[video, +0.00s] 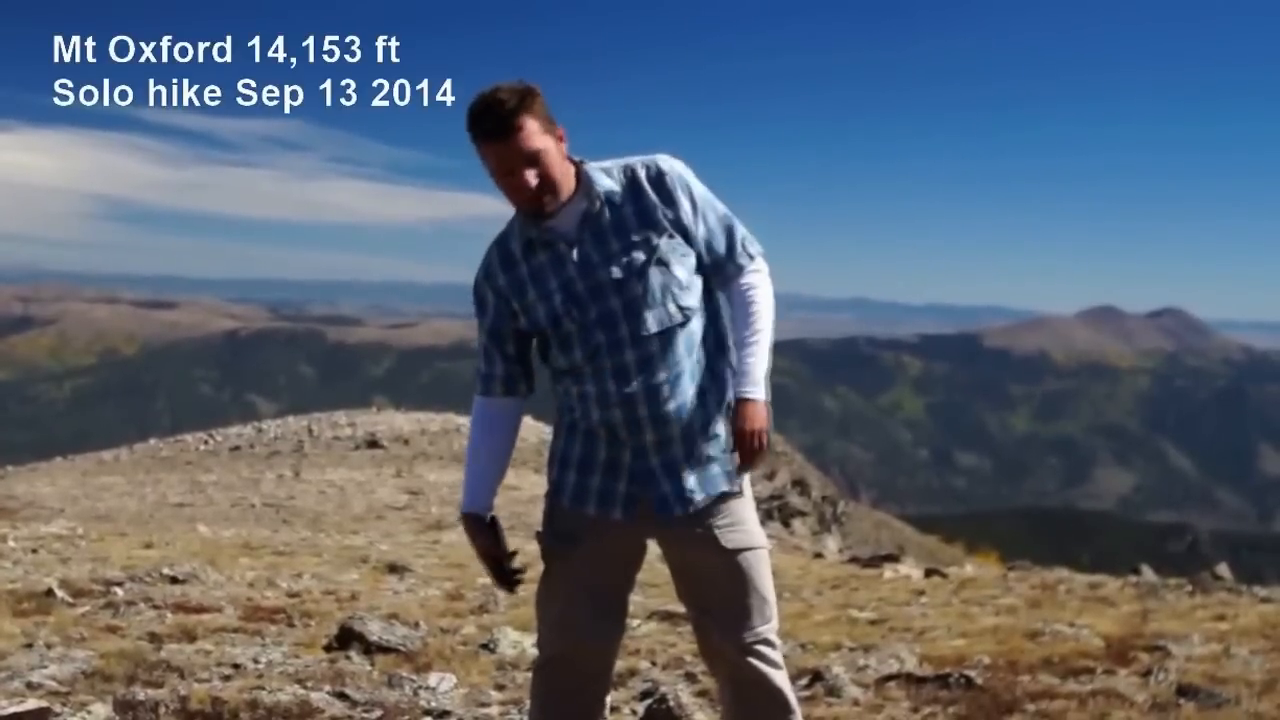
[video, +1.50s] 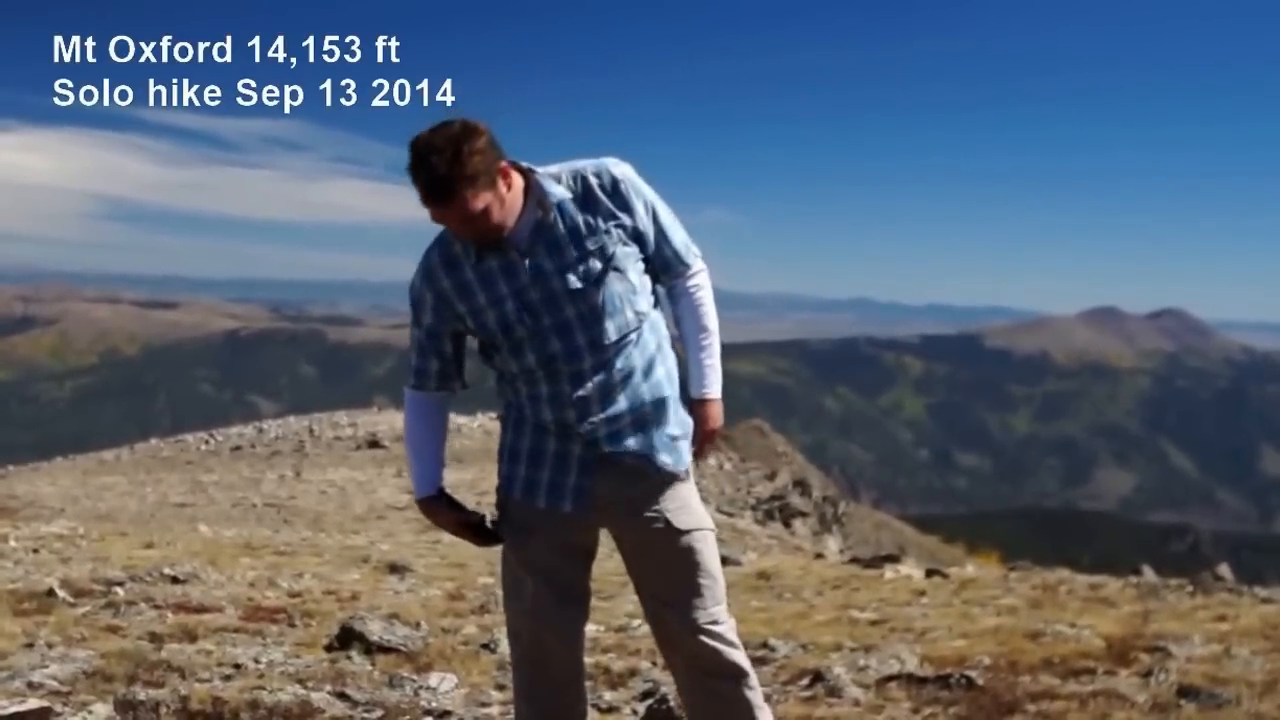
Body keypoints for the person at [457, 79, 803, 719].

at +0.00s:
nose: (524, 182)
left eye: (531, 160)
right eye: (505, 173)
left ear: (561, 140)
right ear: (488, 175)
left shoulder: (658, 185)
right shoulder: (504, 270)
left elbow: (745, 270)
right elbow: (498, 395)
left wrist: (751, 392)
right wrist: (476, 507)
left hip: (701, 459)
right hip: (592, 475)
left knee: (749, 658)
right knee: (567, 672)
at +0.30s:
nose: (587, 141)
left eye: (595, 123)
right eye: (567, 131)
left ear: (611, 122)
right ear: (537, 143)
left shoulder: (694, 187)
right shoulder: (525, 254)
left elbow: (765, 282)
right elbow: (503, 375)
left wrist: (797, 394)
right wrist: (487, 484)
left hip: (713, 464)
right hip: (600, 478)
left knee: (753, 660)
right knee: (569, 672)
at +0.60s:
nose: (584, 143)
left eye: (591, 126)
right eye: (563, 133)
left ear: (604, 127)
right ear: (529, 148)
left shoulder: (684, 189)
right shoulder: (518, 263)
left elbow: (752, 284)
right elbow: (503, 392)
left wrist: (772, 401)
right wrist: (492, 506)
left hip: (700, 462)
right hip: (587, 476)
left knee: (738, 655)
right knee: (564, 664)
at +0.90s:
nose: (566, 141)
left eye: (572, 123)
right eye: (545, 131)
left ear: (586, 123)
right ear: (510, 145)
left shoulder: (665, 186)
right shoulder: (493, 258)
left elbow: (732, 281)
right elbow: (467, 378)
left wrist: (753, 398)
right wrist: (462, 483)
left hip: (682, 460)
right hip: (569, 475)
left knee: (729, 652)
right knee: (553, 670)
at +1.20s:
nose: (510, 186)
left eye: (519, 165)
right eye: (490, 174)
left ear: (547, 140)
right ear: (471, 167)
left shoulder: (637, 187)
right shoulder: (470, 267)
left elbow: (708, 278)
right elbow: (457, 387)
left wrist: (730, 398)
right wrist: (455, 494)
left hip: (659, 457)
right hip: (548, 471)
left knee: (714, 650)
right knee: (548, 667)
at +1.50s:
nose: (467, 235)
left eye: (476, 219)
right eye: (451, 226)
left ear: (506, 178)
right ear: (433, 208)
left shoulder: (607, 189)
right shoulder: (443, 273)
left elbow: (687, 276)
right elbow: (426, 388)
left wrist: (706, 394)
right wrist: (428, 492)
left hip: (648, 444)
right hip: (539, 466)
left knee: (702, 642)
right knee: (543, 666)